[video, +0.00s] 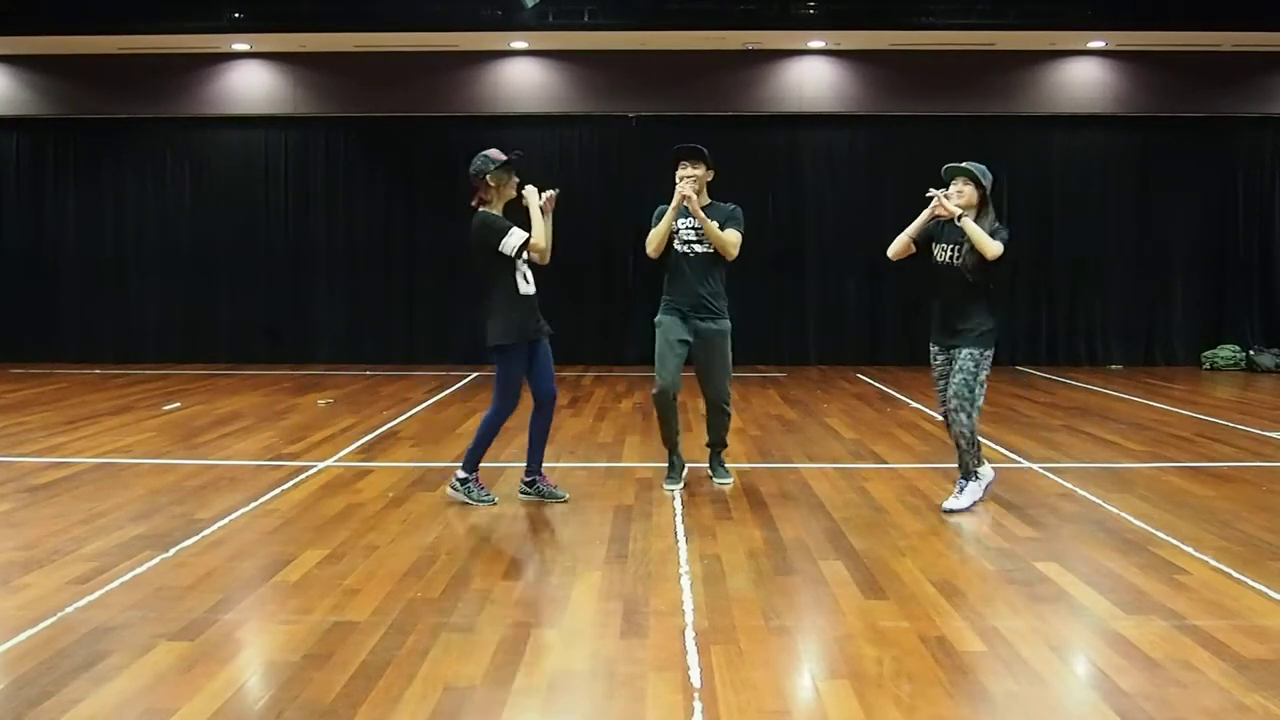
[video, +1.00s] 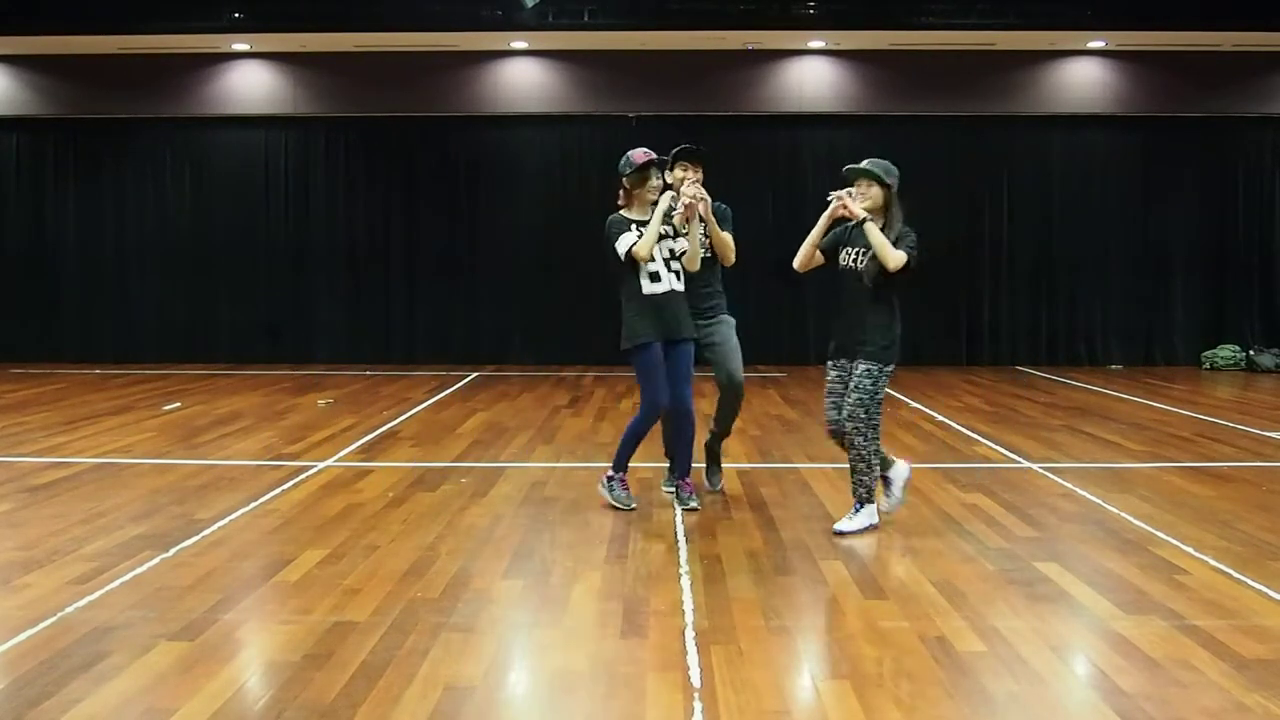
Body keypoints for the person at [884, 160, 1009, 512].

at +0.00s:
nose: (955, 190)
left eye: (964, 185)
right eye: (953, 185)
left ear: (981, 194)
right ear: (947, 192)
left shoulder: (994, 229)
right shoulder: (938, 226)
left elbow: (992, 252)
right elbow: (895, 253)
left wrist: (959, 217)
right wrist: (926, 215)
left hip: (976, 333)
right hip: (941, 332)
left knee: (959, 404)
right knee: (948, 409)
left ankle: (968, 479)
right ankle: (979, 467)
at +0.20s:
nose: (935, 192)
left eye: (944, 187)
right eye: (933, 187)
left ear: (961, 193)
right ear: (930, 194)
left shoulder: (977, 232)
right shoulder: (923, 233)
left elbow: (970, 262)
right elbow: (880, 261)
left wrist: (933, 227)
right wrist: (904, 223)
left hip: (965, 338)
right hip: (928, 330)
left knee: (957, 419)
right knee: (905, 381)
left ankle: (966, 485)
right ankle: (939, 422)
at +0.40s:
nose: (921, 176)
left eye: (930, 173)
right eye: (920, 172)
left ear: (948, 184)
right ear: (916, 185)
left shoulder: (959, 222)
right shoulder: (906, 220)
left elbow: (944, 242)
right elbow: (855, 246)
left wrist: (914, 205)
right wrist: (884, 209)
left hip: (949, 331)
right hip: (910, 327)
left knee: (953, 406)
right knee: (892, 393)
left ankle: (963, 480)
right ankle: (911, 469)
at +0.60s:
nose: (901, 197)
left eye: (910, 191)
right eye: (898, 191)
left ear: (928, 197)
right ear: (894, 198)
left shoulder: (944, 240)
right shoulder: (888, 237)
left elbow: (931, 271)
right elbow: (842, 267)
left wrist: (898, 231)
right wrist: (868, 228)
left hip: (922, 342)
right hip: (886, 341)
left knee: (884, 403)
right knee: (888, 423)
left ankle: (929, 444)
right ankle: (915, 494)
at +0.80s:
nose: (889, 171)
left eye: (898, 168)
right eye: (886, 166)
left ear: (913, 181)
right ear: (877, 175)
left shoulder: (918, 215)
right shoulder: (864, 214)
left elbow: (928, 240)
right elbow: (813, 240)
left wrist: (891, 203)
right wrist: (847, 202)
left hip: (905, 322)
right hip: (872, 322)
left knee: (857, 382)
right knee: (893, 406)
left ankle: (884, 458)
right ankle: (914, 486)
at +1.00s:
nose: (858, 192)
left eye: (867, 186)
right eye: (856, 186)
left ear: (887, 191)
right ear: (851, 192)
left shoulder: (901, 234)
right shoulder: (846, 232)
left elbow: (894, 262)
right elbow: (801, 264)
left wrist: (863, 220)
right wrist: (826, 219)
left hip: (877, 345)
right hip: (843, 342)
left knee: (860, 425)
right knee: (837, 426)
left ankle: (865, 506)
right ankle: (892, 469)